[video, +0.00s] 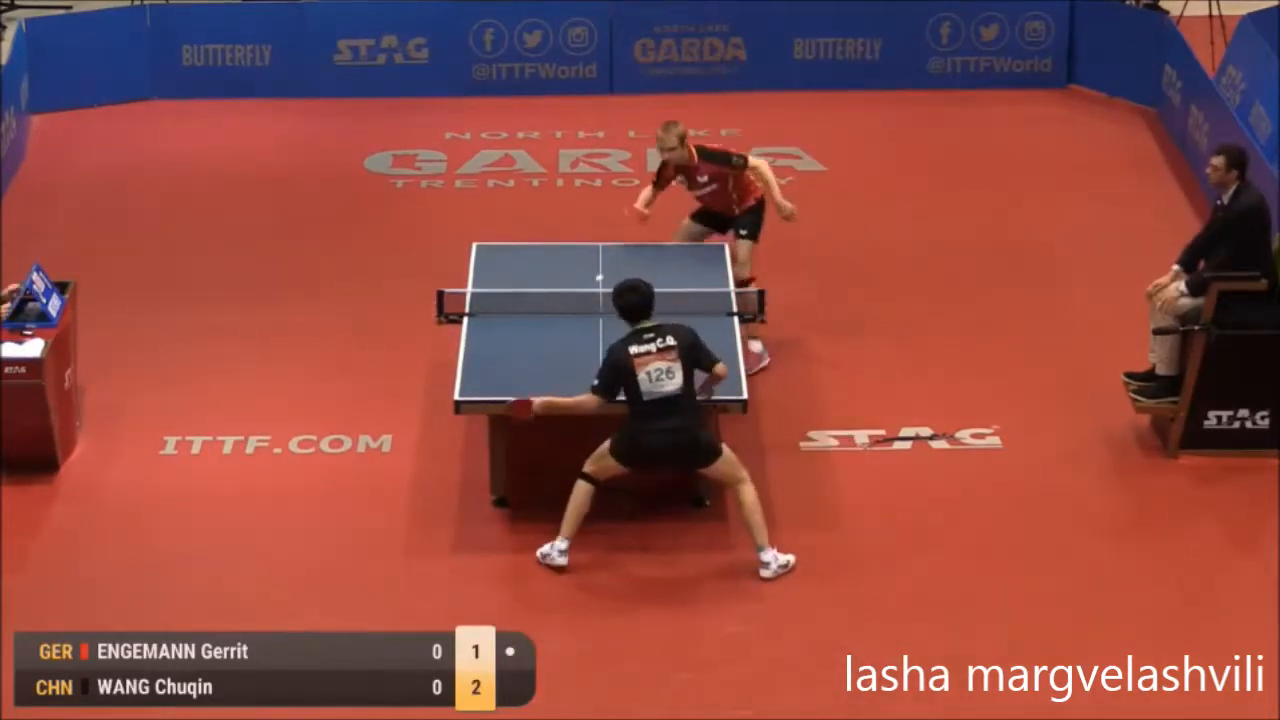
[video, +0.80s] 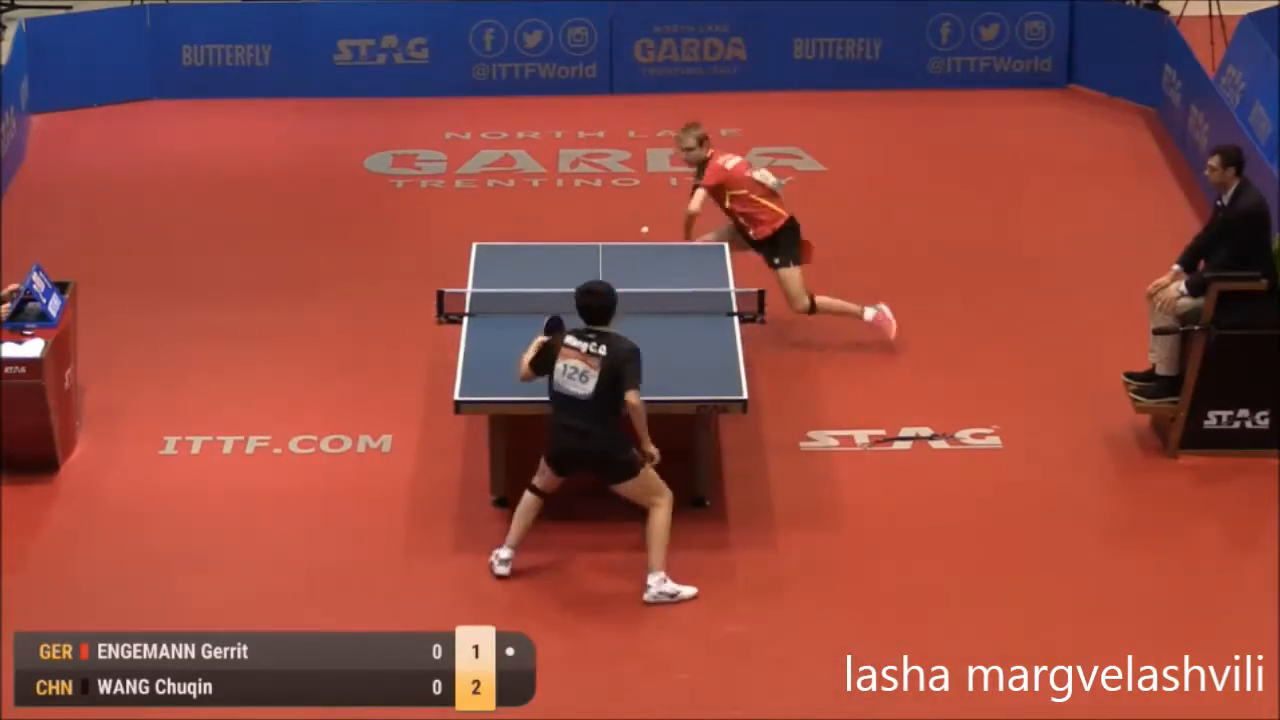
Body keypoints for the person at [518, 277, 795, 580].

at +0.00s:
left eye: (620, 306)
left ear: (620, 312)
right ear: (652, 306)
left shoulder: (619, 351)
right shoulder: (682, 334)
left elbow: (596, 401)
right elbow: (720, 371)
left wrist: (549, 404)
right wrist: (707, 386)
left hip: (640, 440)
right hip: (690, 437)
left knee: (591, 473)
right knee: (740, 480)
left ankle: (560, 548)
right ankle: (767, 556)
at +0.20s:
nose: (595, 313)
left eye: (591, 311)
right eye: (603, 306)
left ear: (592, 319)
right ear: (622, 308)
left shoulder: (594, 355)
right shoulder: (657, 330)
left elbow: (564, 390)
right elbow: (702, 351)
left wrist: (529, 370)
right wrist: (728, 366)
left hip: (624, 435)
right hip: (671, 434)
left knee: (578, 455)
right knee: (725, 490)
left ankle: (543, 513)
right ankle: (766, 557)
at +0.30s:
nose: (571, 317)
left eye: (568, 313)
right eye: (578, 311)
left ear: (567, 319)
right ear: (597, 311)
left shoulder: (566, 347)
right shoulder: (623, 334)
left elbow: (549, 373)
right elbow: (651, 361)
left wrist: (531, 348)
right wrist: (693, 386)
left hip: (589, 434)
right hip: (632, 433)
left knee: (563, 451)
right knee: (690, 492)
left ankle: (537, 512)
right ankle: (750, 548)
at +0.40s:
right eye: (583, 302)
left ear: (560, 314)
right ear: (591, 309)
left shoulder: (555, 341)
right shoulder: (607, 337)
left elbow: (543, 343)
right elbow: (622, 368)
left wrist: (542, 342)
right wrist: (660, 405)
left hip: (571, 434)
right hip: (611, 435)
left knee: (559, 453)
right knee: (672, 493)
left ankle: (536, 511)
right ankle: (731, 548)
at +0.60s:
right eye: (598, 279)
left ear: (569, 288)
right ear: (600, 284)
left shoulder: (559, 316)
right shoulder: (610, 315)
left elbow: (541, 348)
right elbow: (604, 353)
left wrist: (563, 331)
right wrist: (615, 402)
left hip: (562, 413)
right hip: (600, 413)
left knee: (543, 465)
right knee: (659, 474)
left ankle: (528, 510)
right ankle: (690, 554)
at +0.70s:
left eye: (582, 288)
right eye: (606, 287)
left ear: (575, 293)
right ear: (609, 292)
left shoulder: (559, 323)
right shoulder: (618, 327)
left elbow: (530, 358)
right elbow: (618, 377)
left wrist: (550, 328)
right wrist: (631, 428)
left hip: (563, 424)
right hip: (605, 427)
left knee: (539, 469)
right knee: (657, 486)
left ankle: (513, 538)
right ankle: (658, 569)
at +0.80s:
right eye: (608, 306)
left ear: (579, 310)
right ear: (613, 311)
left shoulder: (559, 342)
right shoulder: (625, 350)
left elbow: (525, 373)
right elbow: (631, 400)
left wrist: (538, 343)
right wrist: (646, 443)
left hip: (562, 445)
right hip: (607, 449)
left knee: (537, 489)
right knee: (660, 498)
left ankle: (505, 553)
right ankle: (657, 580)